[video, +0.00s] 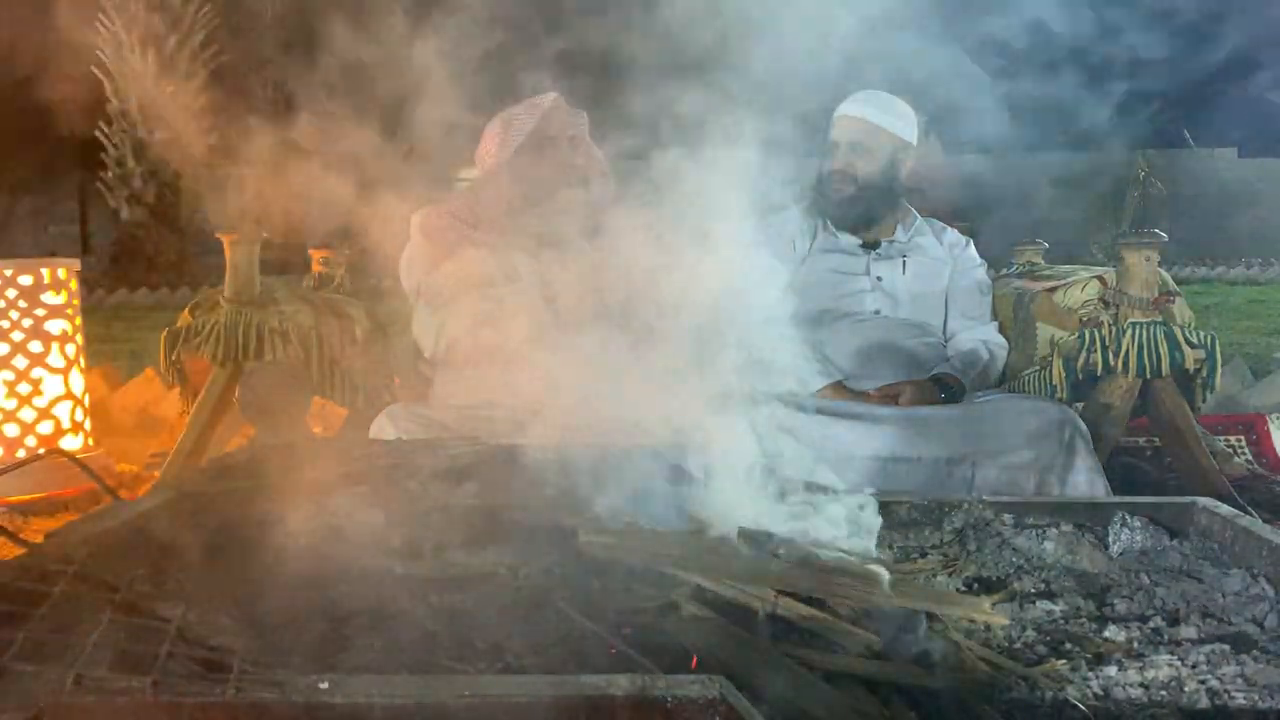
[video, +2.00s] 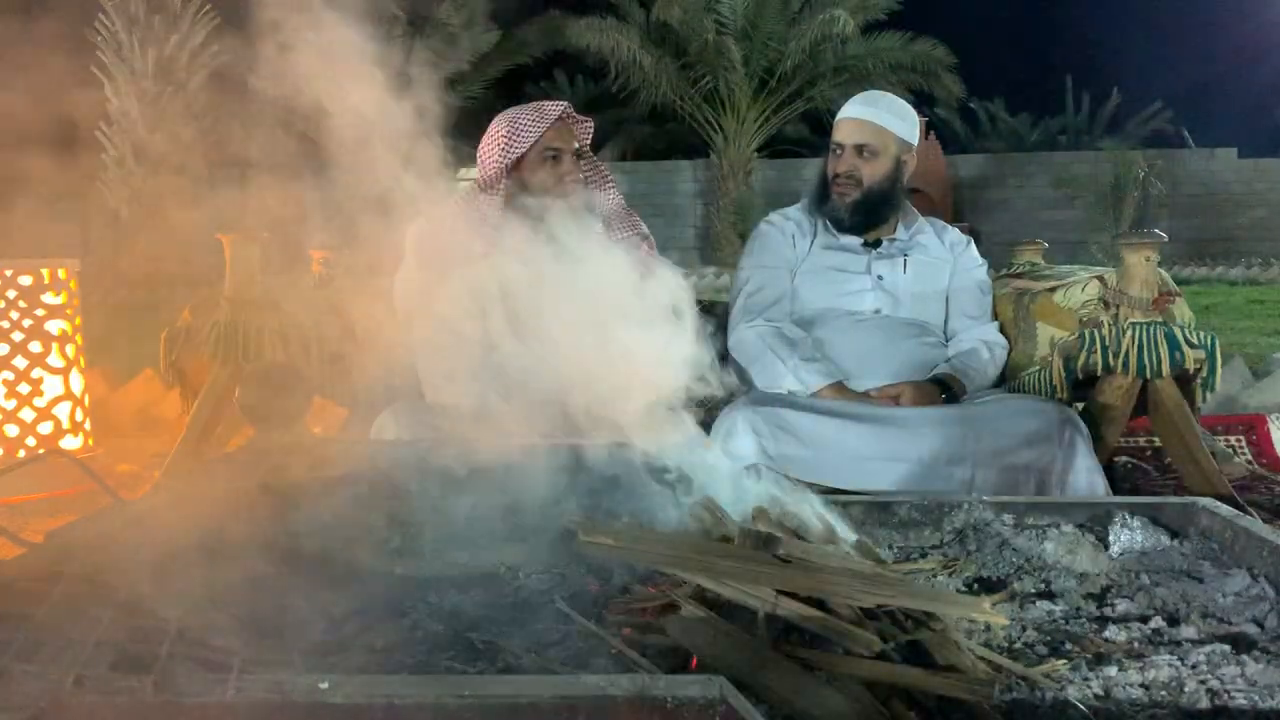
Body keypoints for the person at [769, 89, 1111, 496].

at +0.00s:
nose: (838, 166)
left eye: (859, 151)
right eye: (832, 149)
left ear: (903, 164)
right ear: (823, 152)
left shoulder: (953, 250)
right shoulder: (783, 237)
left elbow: (981, 343)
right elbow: (762, 331)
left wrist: (938, 387)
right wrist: (833, 395)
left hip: (940, 418)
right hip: (828, 418)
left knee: (1054, 426)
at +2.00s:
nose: (842, 167)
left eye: (864, 154)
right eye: (836, 151)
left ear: (905, 166)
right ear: (826, 155)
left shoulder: (953, 249)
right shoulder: (786, 231)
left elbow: (981, 342)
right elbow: (753, 330)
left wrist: (940, 387)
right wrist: (834, 396)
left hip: (939, 420)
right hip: (823, 416)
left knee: (1058, 429)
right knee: (741, 425)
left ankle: (1086, 590)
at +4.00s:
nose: (899, 173)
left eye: (911, 159)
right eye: (883, 156)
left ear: (923, 165)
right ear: (842, 156)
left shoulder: (953, 250)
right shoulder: (787, 234)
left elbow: (981, 340)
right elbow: (753, 332)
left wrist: (940, 388)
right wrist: (829, 394)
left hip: (930, 423)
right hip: (821, 420)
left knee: (1051, 424)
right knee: (740, 430)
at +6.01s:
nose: (890, 184)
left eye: (905, 167)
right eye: (874, 165)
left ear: (920, 169)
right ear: (840, 159)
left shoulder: (952, 250)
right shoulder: (787, 235)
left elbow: (982, 344)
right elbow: (758, 348)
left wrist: (938, 389)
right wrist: (831, 397)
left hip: (934, 417)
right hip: (827, 412)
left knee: (1055, 426)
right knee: (745, 434)